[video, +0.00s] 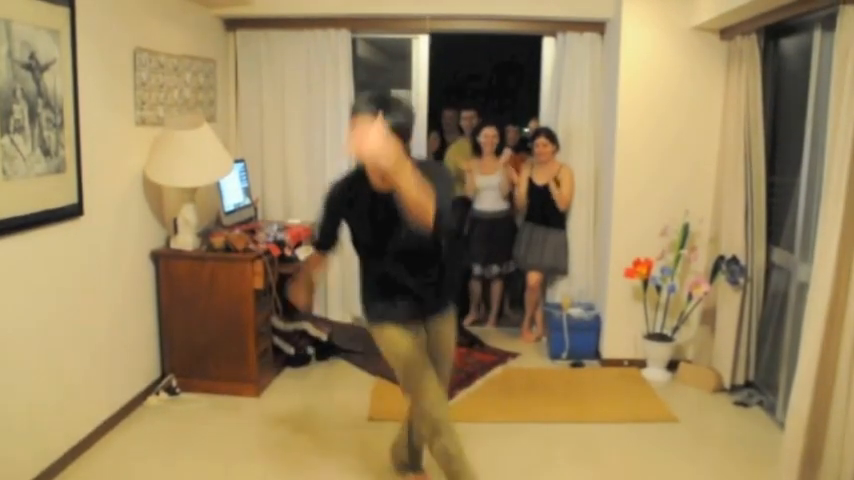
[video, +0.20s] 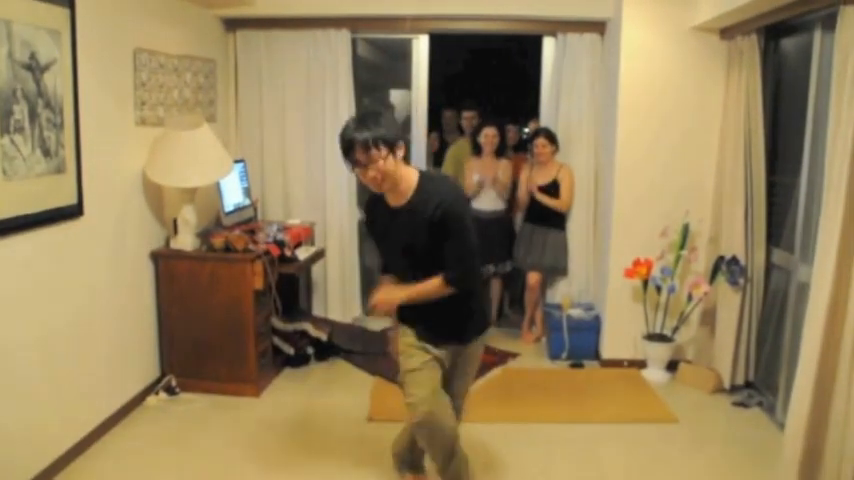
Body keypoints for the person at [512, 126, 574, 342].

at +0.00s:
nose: (540, 150)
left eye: (545, 145)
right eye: (537, 145)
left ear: (554, 147)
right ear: (533, 148)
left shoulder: (563, 171)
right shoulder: (527, 169)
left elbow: (563, 204)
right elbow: (521, 204)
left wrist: (552, 183)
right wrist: (519, 186)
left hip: (552, 229)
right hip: (531, 226)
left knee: (534, 278)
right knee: (536, 282)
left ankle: (526, 323)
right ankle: (540, 325)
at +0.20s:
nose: (539, 150)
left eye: (544, 146)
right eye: (536, 146)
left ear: (554, 148)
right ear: (532, 149)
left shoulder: (563, 171)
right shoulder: (528, 171)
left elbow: (564, 205)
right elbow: (522, 200)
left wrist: (538, 194)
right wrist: (525, 179)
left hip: (552, 228)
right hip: (531, 226)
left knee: (534, 278)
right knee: (536, 282)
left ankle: (526, 323)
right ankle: (539, 326)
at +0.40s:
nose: (538, 150)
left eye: (543, 146)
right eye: (535, 146)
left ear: (553, 149)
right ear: (531, 149)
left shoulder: (562, 171)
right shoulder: (526, 172)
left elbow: (563, 205)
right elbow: (519, 202)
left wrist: (553, 184)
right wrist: (512, 186)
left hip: (551, 230)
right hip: (528, 227)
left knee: (534, 278)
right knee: (536, 283)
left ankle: (526, 324)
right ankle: (540, 326)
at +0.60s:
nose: (538, 151)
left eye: (542, 146)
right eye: (534, 146)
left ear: (552, 148)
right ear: (529, 149)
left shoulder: (562, 171)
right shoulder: (525, 171)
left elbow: (561, 206)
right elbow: (521, 202)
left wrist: (534, 194)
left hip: (551, 230)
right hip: (529, 228)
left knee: (543, 280)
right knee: (529, 277)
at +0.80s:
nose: (537, 151)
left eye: (542, 146)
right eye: (534, 147)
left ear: (551, 149)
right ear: (529, 150)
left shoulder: (561, 171)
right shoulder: (525, 172)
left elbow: (561, 205)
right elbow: (519, 197)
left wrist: (540, 188)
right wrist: (520, 176)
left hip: (552, 231)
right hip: (531, 230)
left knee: (548, 281)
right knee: (531, 280)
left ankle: (527, 324)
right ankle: (537, 325)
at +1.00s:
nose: (537, 152)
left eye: (542, 147)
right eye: (534, 147)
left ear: (551, 149)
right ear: (529, 150)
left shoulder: (560, 172)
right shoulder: (524, 172)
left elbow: (561, 205)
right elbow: (518, 200)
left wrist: (548, 183)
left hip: (550, 232)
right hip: (527, 229)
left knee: (532, 278)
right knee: (535, 283)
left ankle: (525, 323)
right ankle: (539, 327)